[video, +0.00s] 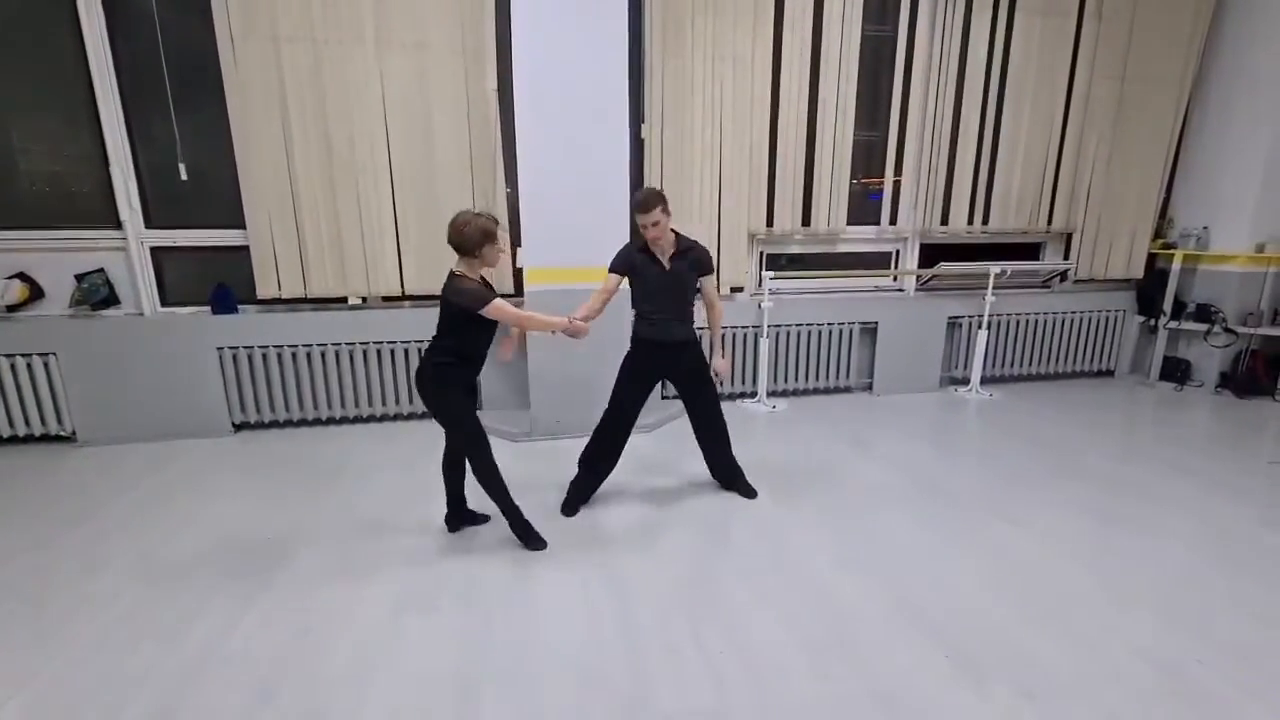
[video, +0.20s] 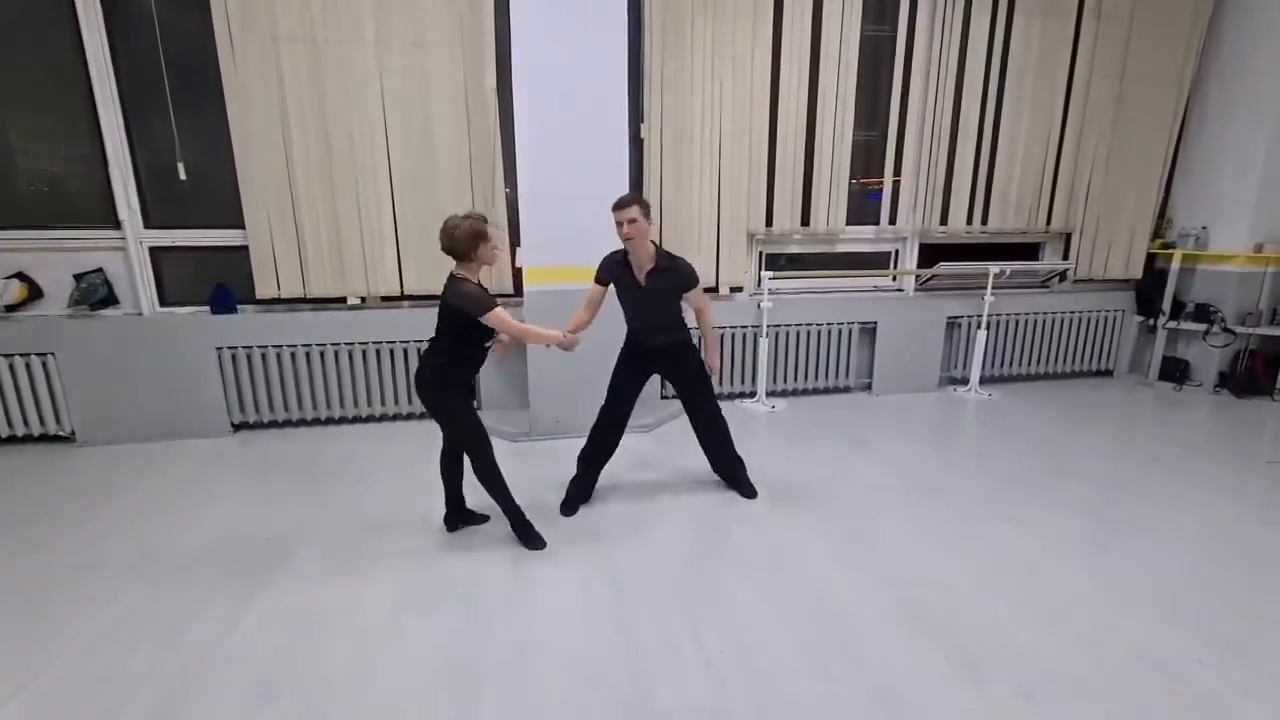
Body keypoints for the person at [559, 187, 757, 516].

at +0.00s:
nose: (650, 234)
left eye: (655, 225)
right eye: (643, 227)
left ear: (669, 217)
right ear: (637, 225)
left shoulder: (695, 254)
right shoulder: (631, 255)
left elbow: (712, 303)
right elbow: (603, 295)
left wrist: (719, 353)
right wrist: (581, 318)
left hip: (685, 350)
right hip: (644, 350)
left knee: (709, 414)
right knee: (617, 418)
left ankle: (729, 475)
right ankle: (581, 488)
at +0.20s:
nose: (625, 230)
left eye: (632, 222)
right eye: (619, 224)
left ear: (649, 224)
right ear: (616, 228)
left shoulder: (676, 268)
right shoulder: (612, 266)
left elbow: (702, 307)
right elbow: (587, 311)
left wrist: (711, 351)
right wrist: (567, 332)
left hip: (678, 348)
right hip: (636, 350)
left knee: (706, 412)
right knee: (612, 416)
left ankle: (733, 473)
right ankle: (581, 486)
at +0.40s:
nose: (620, 215)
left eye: (627, 208)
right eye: (614, 209)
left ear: (643, 212)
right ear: (610, 215)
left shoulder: (666, 262)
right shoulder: (601, 259)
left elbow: (687, 310)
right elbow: (576, 302)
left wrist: (694, 354)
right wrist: (557, 333)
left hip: (666, 347)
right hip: (624, 348)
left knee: (697, 410)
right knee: (604, 414)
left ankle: (735, 472)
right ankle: (580, 485)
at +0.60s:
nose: (626, 209)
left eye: (632, 202)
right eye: (620, 203)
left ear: (647, 204)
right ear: (615, 207)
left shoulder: (666, 256)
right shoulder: (603, 248)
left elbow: (680, 312)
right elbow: (576, 289)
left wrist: (677, 361)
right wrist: (559, 314)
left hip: (657, 350)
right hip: (616, 350)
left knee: (696, 414)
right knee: (596, 418)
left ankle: (736, 473)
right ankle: (579, 487)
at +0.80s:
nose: (631, 215)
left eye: (639, 208)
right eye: (626, 208)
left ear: (655, 209)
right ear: (621, 210)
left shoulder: (665, 262)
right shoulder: (608, 243)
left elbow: (668, 318)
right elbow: (575, 277)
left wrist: (642, 356)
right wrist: (560, 298)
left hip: (656, 349)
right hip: (615, 350)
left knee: (694, 412)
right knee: (596, 422)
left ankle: (738, 471)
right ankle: (578, 489)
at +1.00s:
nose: (645, 222)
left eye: (652, 216)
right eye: (639, 216)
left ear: (663, 220)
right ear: (630, 218)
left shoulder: (668, 275)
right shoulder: (611, 244)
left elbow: (664, 331)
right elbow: (563, 252)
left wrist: (620, 333)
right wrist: (536, 289)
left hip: (655, 357)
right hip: (613, 357)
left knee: (697, 415)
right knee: (599, 427)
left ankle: (739, 474)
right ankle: (578, 491)